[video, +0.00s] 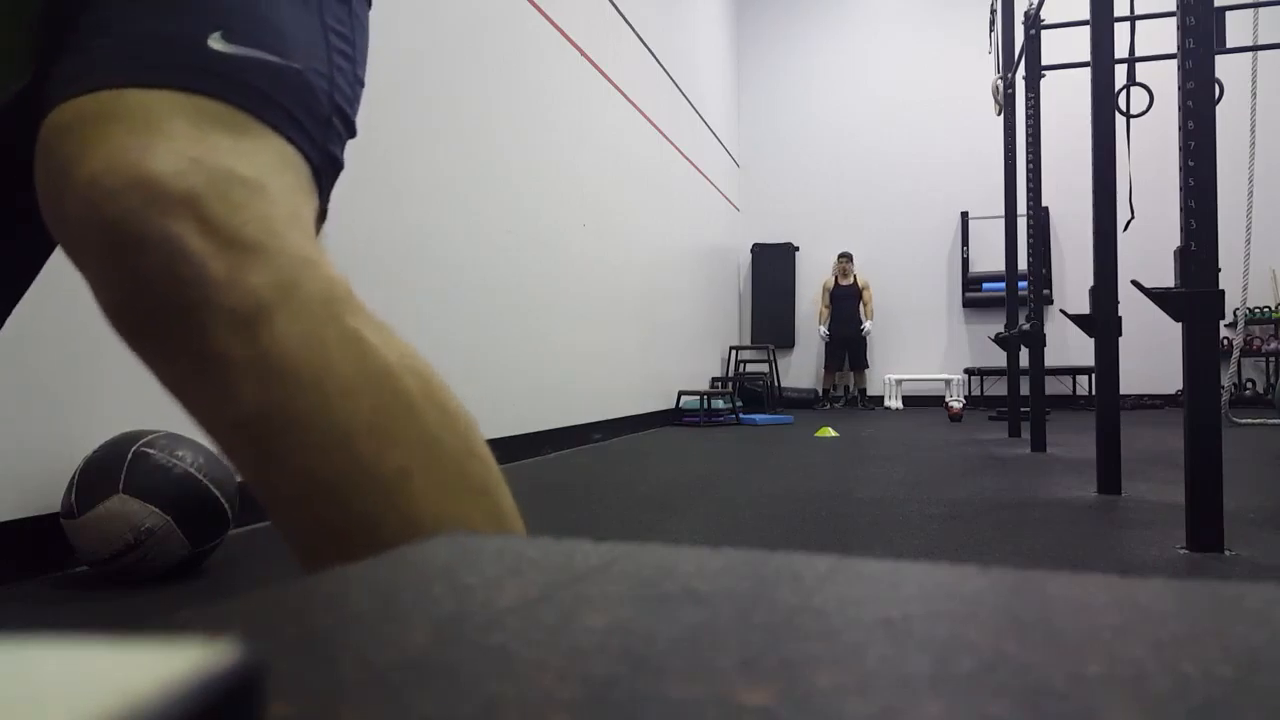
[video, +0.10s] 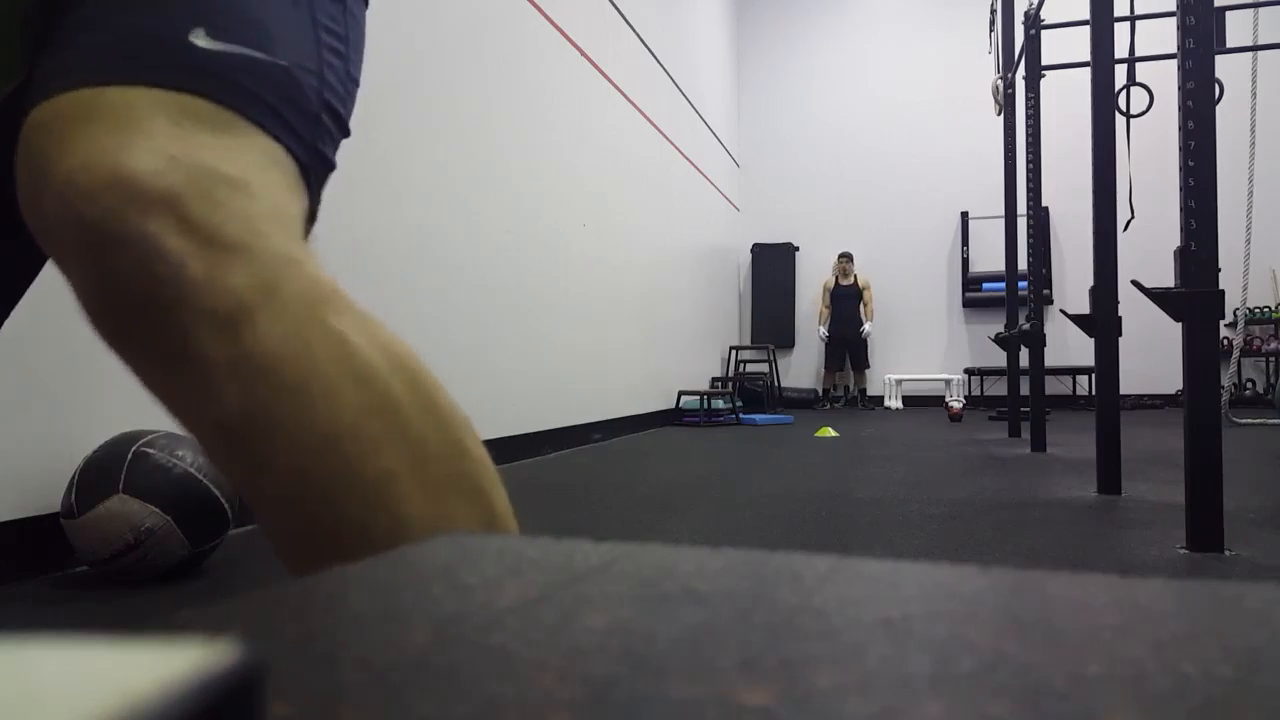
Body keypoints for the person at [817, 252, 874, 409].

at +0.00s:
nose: (843, 266)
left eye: (846, 263)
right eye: (841, 263)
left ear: (852, 265)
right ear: (837, 265)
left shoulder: (861, 283)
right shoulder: (829, 284)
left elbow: (867, 304)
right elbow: (825, 306)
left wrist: (869, 320)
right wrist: (821, 325)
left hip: (856, 331)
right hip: (835, 331)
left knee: (859, 368)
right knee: (830, 368)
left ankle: (862, 399)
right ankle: (825, 399)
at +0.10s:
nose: (844, 266)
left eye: (847, 263)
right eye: (841, 263)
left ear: (852, 265)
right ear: (837, 265)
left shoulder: (862, 283)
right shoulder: (830, 284)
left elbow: (867, 304)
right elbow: (826, 307)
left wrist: (869, 322)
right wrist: (821, 325)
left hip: (856, 331)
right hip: (835, 331)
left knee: (859, 368)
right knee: (830, 368)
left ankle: (862, 399)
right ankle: (825, 399)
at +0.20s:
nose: (843, 266)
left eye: (846, 263)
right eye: (841, 263)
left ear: (852, 264)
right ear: (837, 265)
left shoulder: (862, 283)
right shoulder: (830, 283)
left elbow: (867, 305)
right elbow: (825, 306)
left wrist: (868, 324)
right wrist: (820, 325)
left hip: (855, 331)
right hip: (835, 331)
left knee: (859, 368)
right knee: (830, 368)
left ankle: (862, 399)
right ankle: (825, 399)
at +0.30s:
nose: (843, 266)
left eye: (846, 262)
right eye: (840, 263)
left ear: (852, 264)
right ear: (837, 265)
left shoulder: (861, 283)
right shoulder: (829, 284)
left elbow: (866, 306)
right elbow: (824, 306)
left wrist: (868, 327)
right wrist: (818, 325)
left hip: (855, 331)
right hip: (835, 331)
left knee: (859, 368)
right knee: (830, 368)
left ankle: (862, 398)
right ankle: (825, 399)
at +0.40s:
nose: (843, 266)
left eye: (845, 262)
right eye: (840, 263)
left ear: (851, 264)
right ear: (836, 265)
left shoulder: (861, 283)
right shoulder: (829, 284)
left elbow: (866, 306)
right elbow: (823, 306)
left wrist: (867, 327)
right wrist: (817, 325)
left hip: (854, 331)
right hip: (834, 331)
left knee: (858, 368)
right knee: (830, 368)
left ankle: (862, 399)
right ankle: (825, 399)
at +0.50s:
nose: (843, 266)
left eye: (845, 262)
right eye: (840, 263)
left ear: (851, 264)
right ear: (836, 265)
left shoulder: (861, 282)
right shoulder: (829, 283)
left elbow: (866, 306)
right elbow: (823, 306)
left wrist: (867, 327)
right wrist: (817, 326)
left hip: (854, 331)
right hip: (834, 331)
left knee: (858, 368)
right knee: (830, 368)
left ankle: (862, 399)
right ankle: (825, 399)